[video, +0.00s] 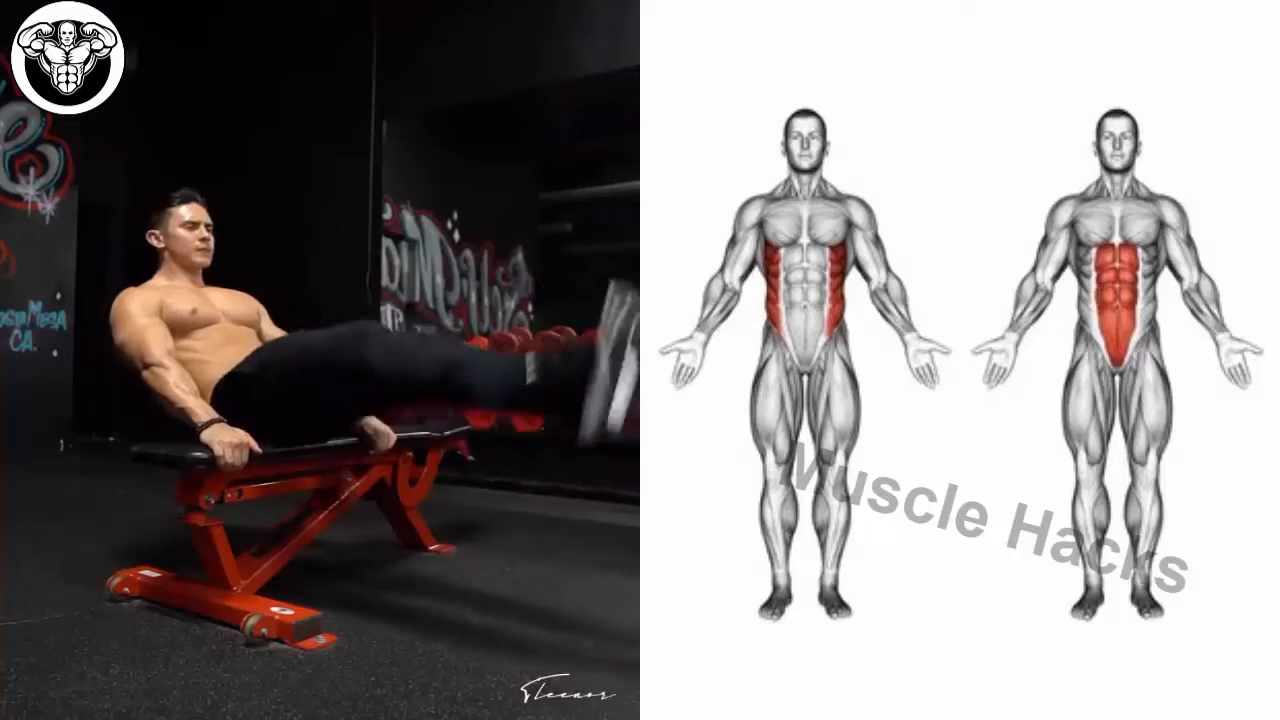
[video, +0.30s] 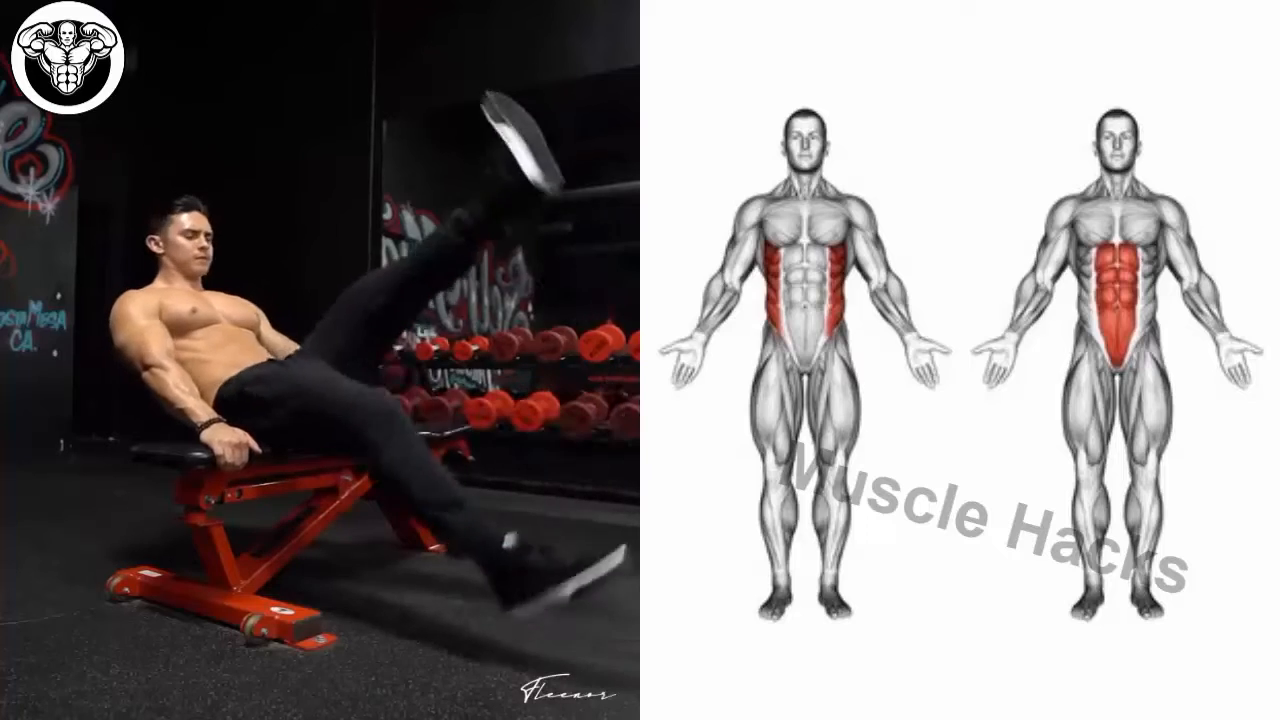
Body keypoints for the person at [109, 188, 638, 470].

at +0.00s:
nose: (204, 234)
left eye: (208, 227)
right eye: (190, 226)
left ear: (210, 239)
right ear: (158, 239)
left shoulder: (244, 300)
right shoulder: (137, 300)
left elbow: (292, 366)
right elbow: (158, 367)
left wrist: (357, 417)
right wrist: (210, 423)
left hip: (291, 392)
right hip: (238, 400)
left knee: (405, 356)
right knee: (364, 346)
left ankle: (573, 379)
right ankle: (538, 378)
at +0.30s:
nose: (202, 244)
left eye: (206, 235)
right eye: (189, 235)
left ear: (208, 245)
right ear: (158, 244)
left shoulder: (237, 304)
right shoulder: (135, 306)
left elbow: (296, 352)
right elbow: (160, 370)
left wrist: (358, 388)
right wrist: (208, 424)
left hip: (301, 373)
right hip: (247, 390)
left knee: (379, 292)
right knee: (377, 414)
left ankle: (504, 203)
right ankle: (504, 563)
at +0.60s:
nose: (190, 254)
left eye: (196, 245)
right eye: (176, 245)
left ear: (202, 251)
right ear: (147, 253)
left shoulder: (234, 308)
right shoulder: (127, 316)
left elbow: (295, 358)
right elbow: (157, 376)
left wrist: (351, 416)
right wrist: (209, 426)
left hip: (303, 399)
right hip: (246, 400)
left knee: (418, 343)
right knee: (342, 299)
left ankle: (570, 421)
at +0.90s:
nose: (195, 251)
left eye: (200, 243)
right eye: (180, 243)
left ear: (205, 249)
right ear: (149, 249)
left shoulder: (233, 306)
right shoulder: (129, 312)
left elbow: (303, 353)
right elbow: (156, 373)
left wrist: (366, 421)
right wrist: (208, 424)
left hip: (304, 398)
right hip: (244, 397)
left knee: (425, 384)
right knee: (316, 266)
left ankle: (551, 501)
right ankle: (467, 177)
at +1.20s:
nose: (211, 249)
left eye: (216, 240)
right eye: (199, 239)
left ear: (219, 245)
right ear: (167, 243)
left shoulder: (244, 306)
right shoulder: (138, 306)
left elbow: (290, 367)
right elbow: (165, 368)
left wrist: (354, 419)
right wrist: (210, 427)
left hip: (299, 388)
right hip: (245, 397)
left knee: (391, 294)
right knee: (360, 337)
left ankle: (542, 219)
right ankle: (562, 382)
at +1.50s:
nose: (214, 244)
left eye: (219, 235)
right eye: (202, 233)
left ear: (222, 242)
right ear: (168, 236)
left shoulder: (245, 299)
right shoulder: (140, 301)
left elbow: (303, 357)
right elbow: (164, 364)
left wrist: (364, 410)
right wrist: (208, 424)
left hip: (296, 383)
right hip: (242, 397)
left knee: (378, 294)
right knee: (368, 366)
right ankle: (535, 458)